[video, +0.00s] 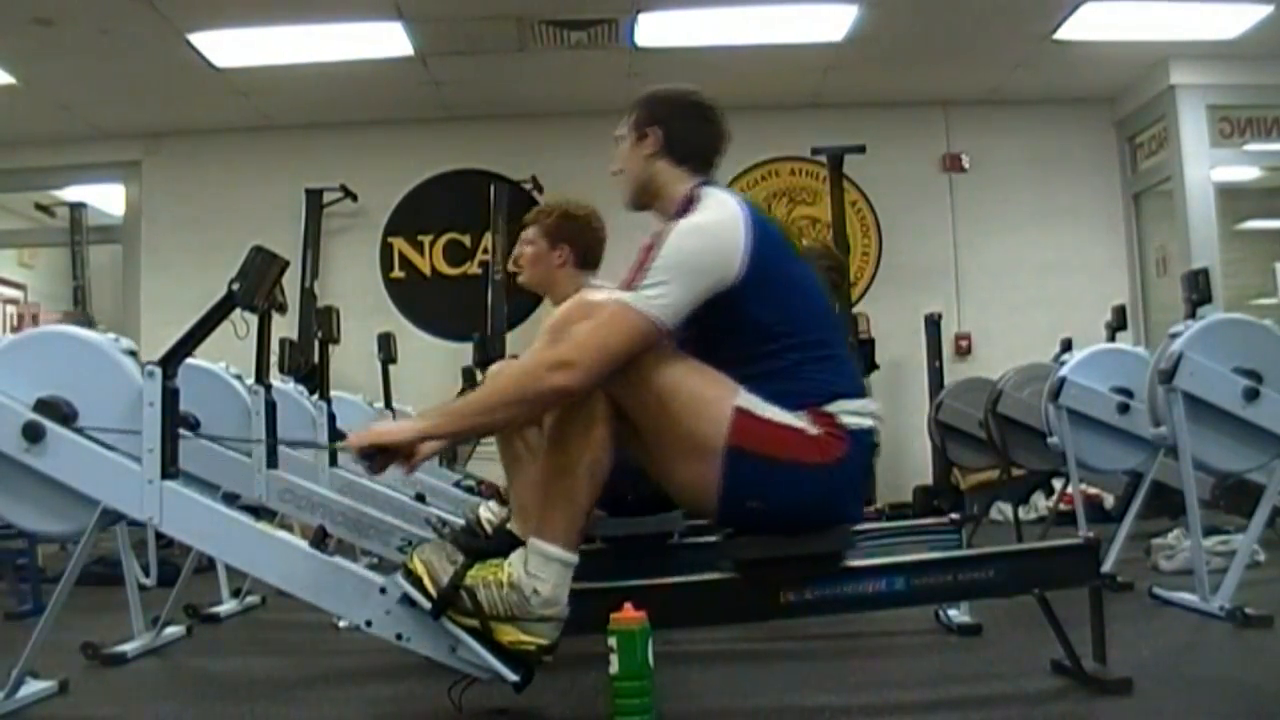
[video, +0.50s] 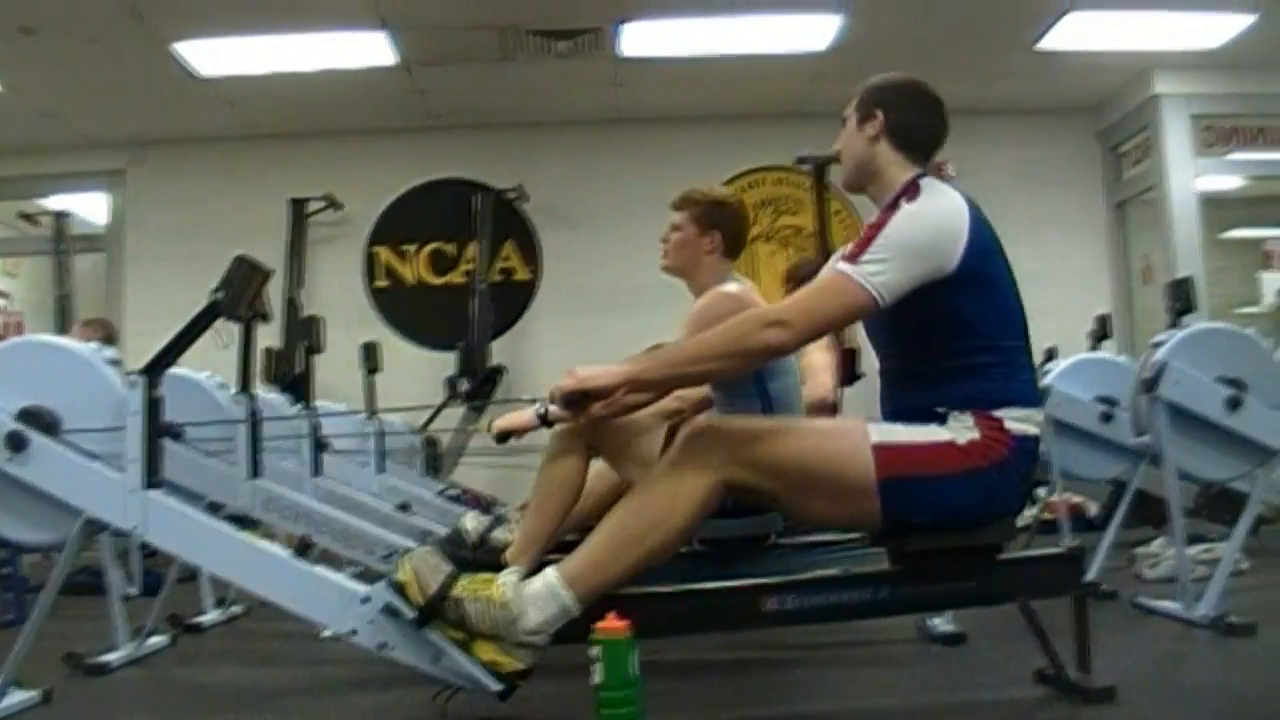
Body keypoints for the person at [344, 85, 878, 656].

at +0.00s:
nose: (616, 162)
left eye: (624, 144)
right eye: (619, 147)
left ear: (653, 143)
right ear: (676, 148)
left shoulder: (712, 225)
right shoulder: (676, 236)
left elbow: (569, 374)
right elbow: (558, 364)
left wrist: (420, 428)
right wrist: (436, 434)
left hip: (816, 458)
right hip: (769, 454)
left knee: (591, 347)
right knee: (570, 325)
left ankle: (541, 586)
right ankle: (530, 563)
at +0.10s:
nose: (663, 153)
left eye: (670, 135)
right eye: (666, 137)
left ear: (701, 136)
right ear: (718, 142)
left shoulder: (761, 219)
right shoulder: (724, 232)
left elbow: (618, 361)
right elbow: (602, 354)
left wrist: (459, 416)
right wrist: (472, 420)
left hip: (853, 454)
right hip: (807, 449)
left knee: (622, 355)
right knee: (606, 321)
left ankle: (544, 587)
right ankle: (535, 564)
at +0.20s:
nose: (711, 144)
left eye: (721, 127)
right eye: (716, 128)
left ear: (754, 130)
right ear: (765, 135)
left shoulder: (811, 214)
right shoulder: (785, 218)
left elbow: (663, 343)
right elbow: (659, 339)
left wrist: (509, 398)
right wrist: (517, 399)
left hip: (891, 447)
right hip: (848, 437)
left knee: (654, 381)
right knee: (635, 382)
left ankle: (547, 591)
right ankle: (541, 579)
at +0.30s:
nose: (761, 144)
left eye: (770, 126)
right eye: (764, 128)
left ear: (807, 128)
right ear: (821, 135)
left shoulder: (859, 212)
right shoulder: (832, 219)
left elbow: (704, 332)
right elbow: (702, 337)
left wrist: (548, 383)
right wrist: (558, 392)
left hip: (930, 441)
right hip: (880, 433)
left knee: (684, 399)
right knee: (666, 402)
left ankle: (544, 601)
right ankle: (538, 587)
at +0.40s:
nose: (805, 141)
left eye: (816, 121)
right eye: (810, 124)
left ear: (849, 124)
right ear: (861, 128)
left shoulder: (902, 210)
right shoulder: (869, 220)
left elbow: (752, 325)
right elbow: (749, 326)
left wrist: (589, 373)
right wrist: (605, 389)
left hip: (962, 442)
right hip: (916, 434)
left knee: (699, 415)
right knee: (679, 418)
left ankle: (543, 604)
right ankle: (535, 598)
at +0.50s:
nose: (834, 145)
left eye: (843, 125)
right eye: (840, 128)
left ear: (876, 126)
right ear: (889, 131)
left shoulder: (928, 213)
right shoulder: (898, 220)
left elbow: (781, 325)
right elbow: (779, 321)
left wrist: (628, 375)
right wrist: (642, 387)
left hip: (977, 448)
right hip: (937, 441)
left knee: (716, 443)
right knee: (703, 443)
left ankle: (534, 611)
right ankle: (528, 605)